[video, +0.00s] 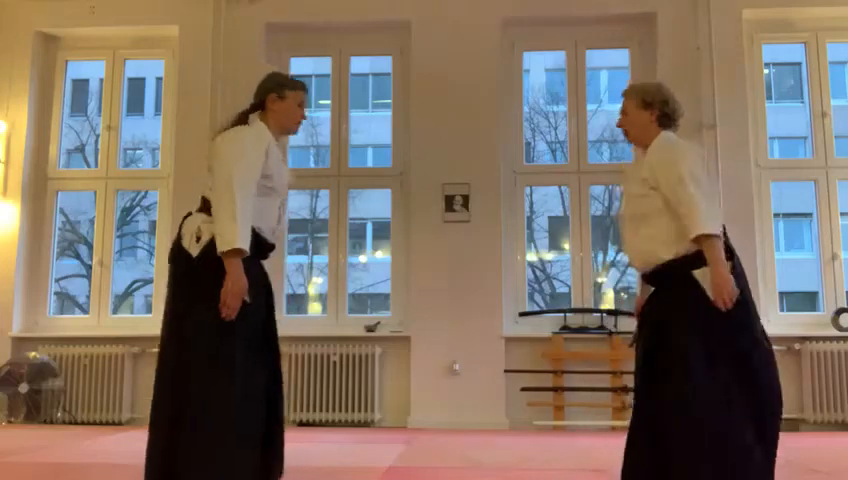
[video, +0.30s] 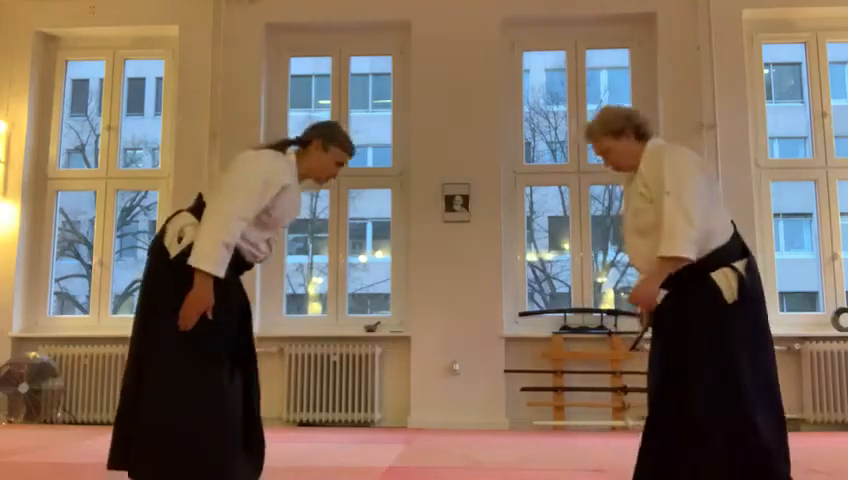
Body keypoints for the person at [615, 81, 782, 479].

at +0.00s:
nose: (620, 120)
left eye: (626, 112)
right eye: (621, 113)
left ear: (652, 114)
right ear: (646, 115)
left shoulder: (669, 151)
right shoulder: (644, 161)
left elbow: (696, 206)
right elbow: (656, 228)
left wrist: (719, 269)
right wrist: (646, 288)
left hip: (694, 283)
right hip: (668, 287)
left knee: (693, 392)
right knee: (668, 392)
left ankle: (698, 472)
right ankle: (675, 472)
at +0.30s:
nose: (605, 162)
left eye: (604, 151)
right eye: (600, 156)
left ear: (626, 136)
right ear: (624, 141)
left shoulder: (672, 159)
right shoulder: (639, 180)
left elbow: (684, 225)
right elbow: (661, 237)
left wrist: (654, 279)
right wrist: (652, 287)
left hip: (716, 287)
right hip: (685, 291)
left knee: (716, 397)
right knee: (678, 398)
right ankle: (680, 473)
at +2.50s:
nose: (642, 117)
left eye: (650, 110)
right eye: (644, 110)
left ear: (674, 113)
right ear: (671, 114)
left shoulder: (689, 152)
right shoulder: (670, 157)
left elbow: (690, 219)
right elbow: (672, 221)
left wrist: (670, 278)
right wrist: (652, 278)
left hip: (692, 282)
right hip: (669, 283)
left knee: (694, 392)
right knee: (669, 394)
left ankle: (705, 474)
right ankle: (675, 474)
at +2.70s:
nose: (641, 117)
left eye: (649, 109)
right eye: (643, 110)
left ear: (673, 113)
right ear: (668, 114)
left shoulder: (688, 151)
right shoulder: (668, 158)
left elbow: (690, 216)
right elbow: (668, 220)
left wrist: (677, 276)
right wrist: (652, 277)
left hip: (694, 282)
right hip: (668, 284)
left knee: (695, 392)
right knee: (667, 394)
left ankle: (707, 474)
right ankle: (675, 474)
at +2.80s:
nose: (641, 116)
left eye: (649, 109)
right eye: (643, 109)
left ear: (673, 113)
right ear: (668, 115)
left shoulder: (688, 152)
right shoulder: (668, 158)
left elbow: (690, 218)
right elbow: (670, 221)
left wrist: (676, 276)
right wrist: (653, 279)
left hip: (693, 283)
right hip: (667, 284)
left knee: (695, 392)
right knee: (666, 394)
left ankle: (707, 475)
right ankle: (674, 474)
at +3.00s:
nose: (641, 117)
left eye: (648, 109)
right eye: (643, 110)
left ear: (672, 113)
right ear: (668, 114)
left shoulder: (688, 152)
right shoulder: (671, 157)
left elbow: (688, 218)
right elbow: (677, 220)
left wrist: (667, 276)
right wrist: (654, 277)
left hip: (689, 282)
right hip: (667, 283)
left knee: (692, 394)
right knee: (668, 394)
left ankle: (703, 475)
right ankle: (676, 474)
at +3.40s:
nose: (634, 118)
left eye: (642, 111)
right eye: (637, 111)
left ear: (666, 115)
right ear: (664, 116)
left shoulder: (684, 153)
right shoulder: (666, 158)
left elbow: (685, 218)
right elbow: (676, 220)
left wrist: (667, 276)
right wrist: (655, 277)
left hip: (689, 281)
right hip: (667, 283)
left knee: (691, 393)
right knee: (667, 394)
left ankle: (703, 475)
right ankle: (675, 474)